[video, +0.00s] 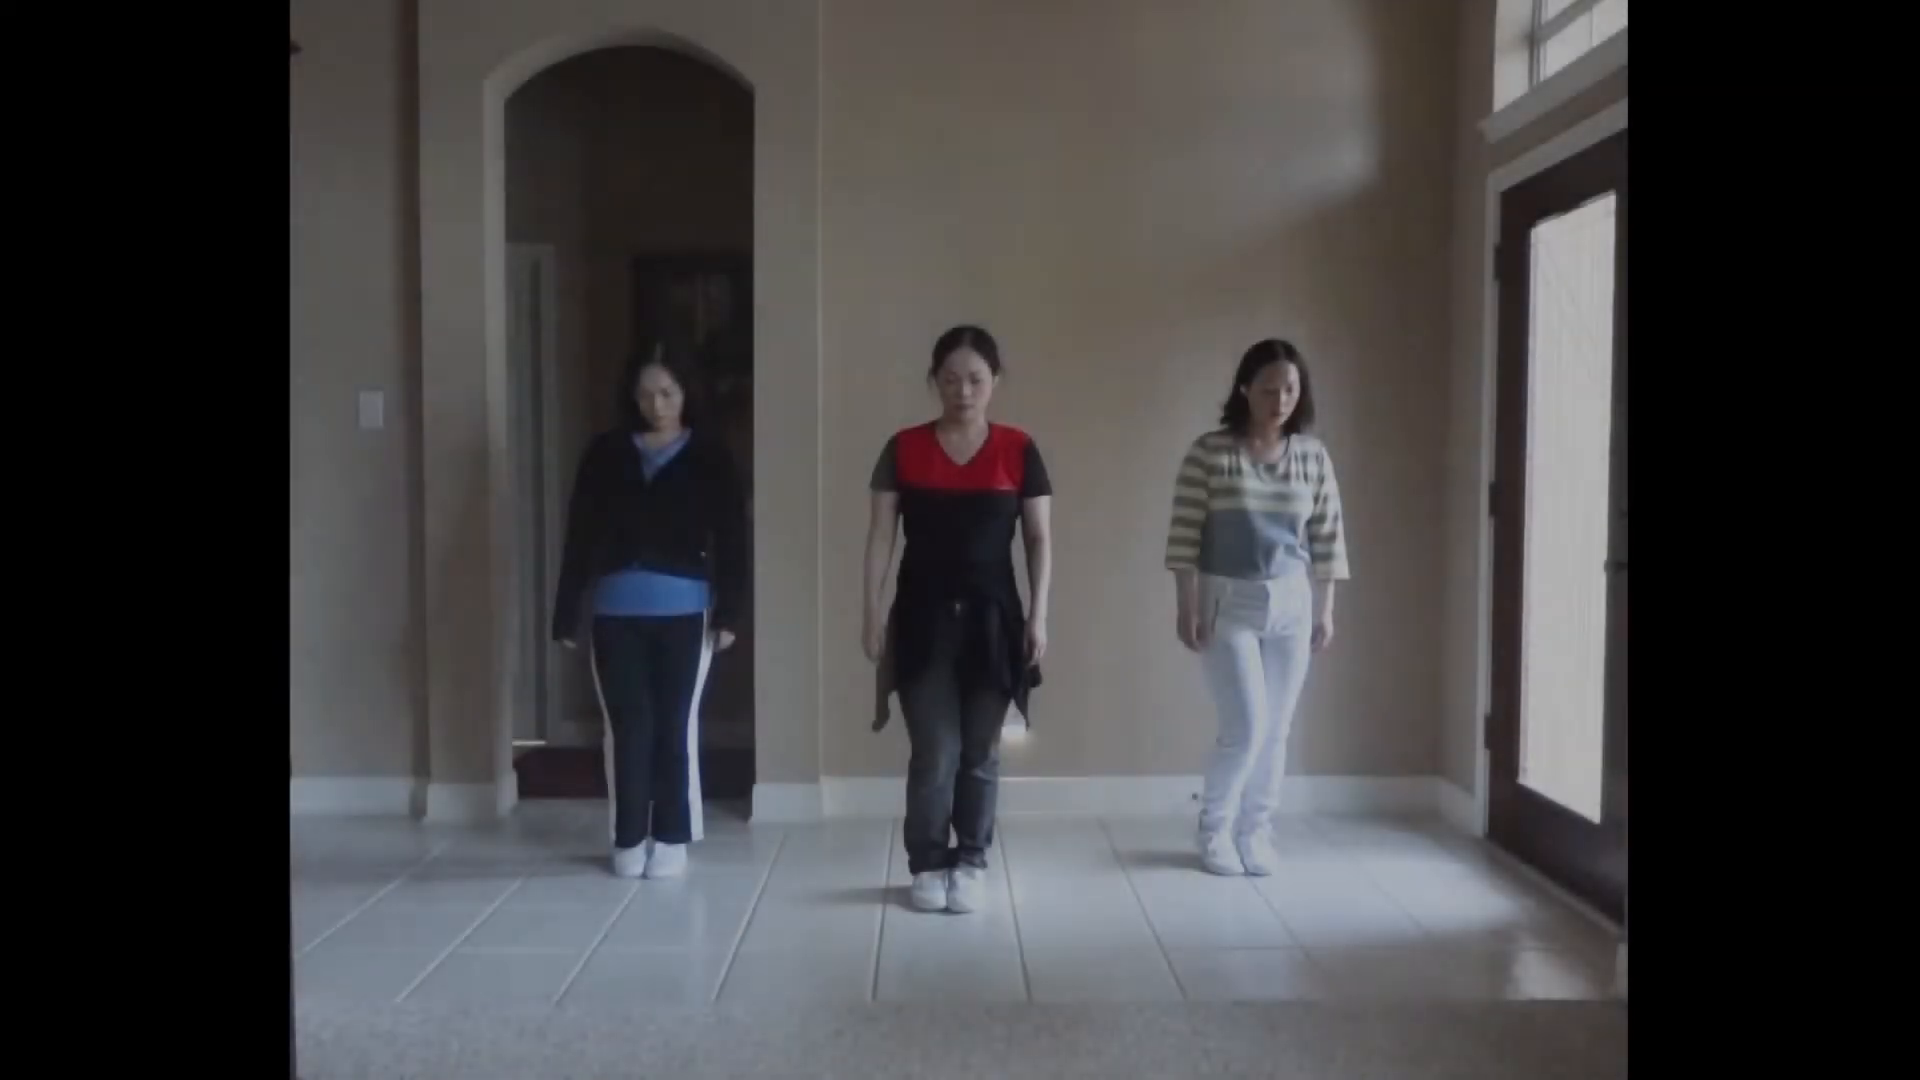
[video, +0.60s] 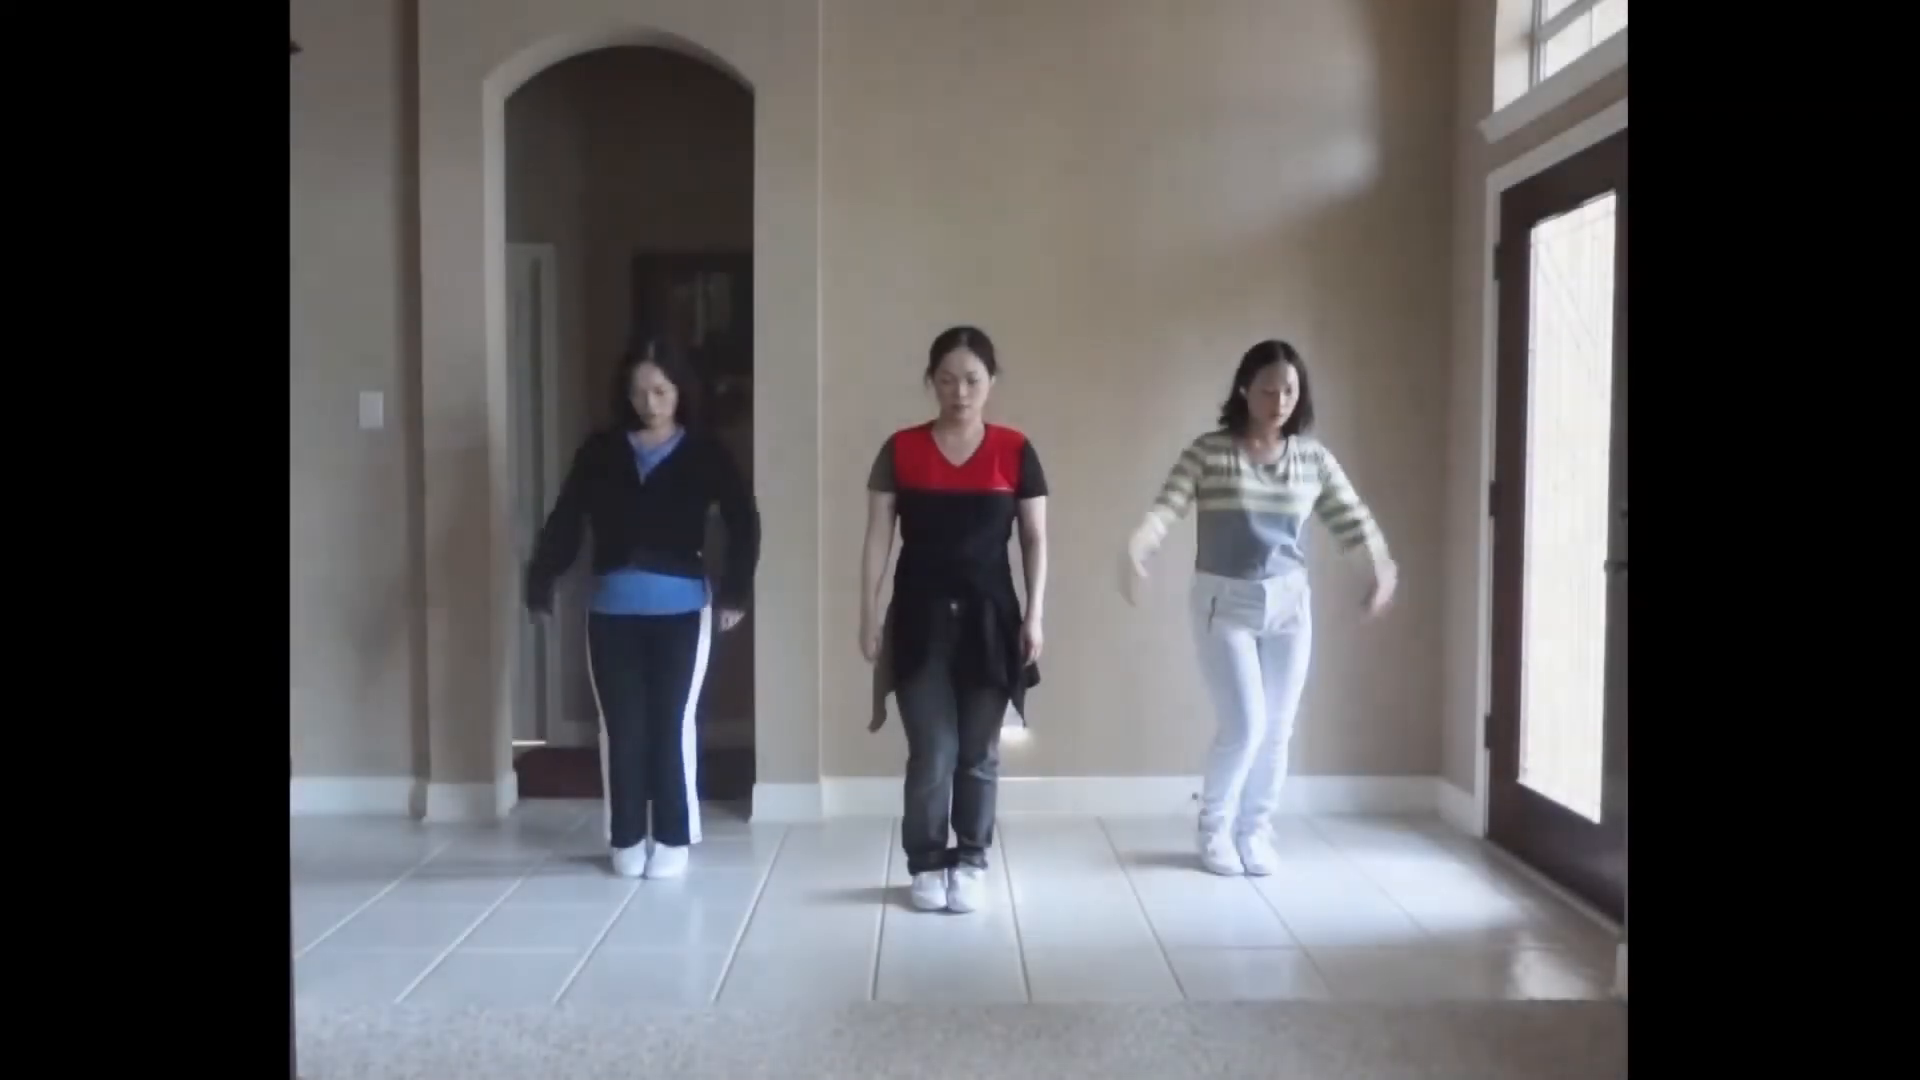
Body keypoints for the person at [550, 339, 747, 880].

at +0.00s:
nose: (658, 403)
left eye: (667, 392)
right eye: (649, 393)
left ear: (684, 395)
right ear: (635, 398)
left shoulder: (709, 456)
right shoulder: (607, 453)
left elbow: (730, 538)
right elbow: (581, 536)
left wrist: (730, 612)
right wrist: (568, 612)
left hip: (683, 616)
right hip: (616, 615)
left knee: (671, 729)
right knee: (630, 728)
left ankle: (671, 840)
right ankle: (629, 842)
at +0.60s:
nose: (651, 400)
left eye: (661, 390)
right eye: (642, 390)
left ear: (679, 392)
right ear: (628, 394)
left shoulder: (705, 453)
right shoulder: (601, 451)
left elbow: (743, 520)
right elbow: (566, 521)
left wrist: (736, 592)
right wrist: (540, 582)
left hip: (681, 612)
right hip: (613, 611)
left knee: (671, 726)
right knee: (624, 729)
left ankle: (673, 841)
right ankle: (627, 842)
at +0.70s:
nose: (651, 408)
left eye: (661, 396)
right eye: (641, 397)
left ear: (679, 398)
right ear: (628, 400)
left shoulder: (705, 455)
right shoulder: (604, 453)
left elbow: (758, 501)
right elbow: (554, 517)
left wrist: (752, 541)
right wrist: (503, 521)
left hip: (683, 618)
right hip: (616, 616)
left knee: (674, 733)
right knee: (623, 734)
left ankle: (673, 845)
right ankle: (626, 842)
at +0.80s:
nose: (650, 420)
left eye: (659, 409)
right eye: (641, 410)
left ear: (677, 410)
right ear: (628, 413)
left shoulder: (704, 464)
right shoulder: (608, 463)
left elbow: (764, 519)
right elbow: (547, 512)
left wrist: (758, 469)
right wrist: (516, 460)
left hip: (684, 625)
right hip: (617, 623)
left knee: (675, 741)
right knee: (622, 741)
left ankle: (673, 847)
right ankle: (625, 819)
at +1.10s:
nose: (642, 399)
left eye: (652, 388)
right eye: (635, 389)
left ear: (673, 395)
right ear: (626, 395)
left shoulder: (699, 449)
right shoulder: (601, 442)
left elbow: (748, 394)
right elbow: (543, 389)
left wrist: (696, 371)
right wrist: (611, 369)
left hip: (679, 604)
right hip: (615, 602)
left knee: (669, 721)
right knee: (619, 713)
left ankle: (672, 841)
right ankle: (637, 804)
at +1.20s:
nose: (642, 378)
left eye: (652, 368)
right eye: (634, 367)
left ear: (670, 374)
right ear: (619, 372)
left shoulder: (690, 426)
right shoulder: (599, 426)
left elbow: (729, 371)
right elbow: (565, 359)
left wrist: (679, 323)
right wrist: (620, 314)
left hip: (673, 582)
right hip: (614, 582)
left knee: (667, 708)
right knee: (628, 704)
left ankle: (672, 833)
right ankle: (638, 811)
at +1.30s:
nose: (637, 366)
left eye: (648, 358)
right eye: (630, 357)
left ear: (667, 369)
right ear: (617, 367)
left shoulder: (684, 427)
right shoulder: (595, 424)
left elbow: (708, 369)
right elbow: (571, 354)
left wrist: (666, 316)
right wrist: (619, 304)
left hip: (669, 580)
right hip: (612, 579)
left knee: (671, 704)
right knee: (629, 703)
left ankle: (685, 826)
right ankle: (644, 815)